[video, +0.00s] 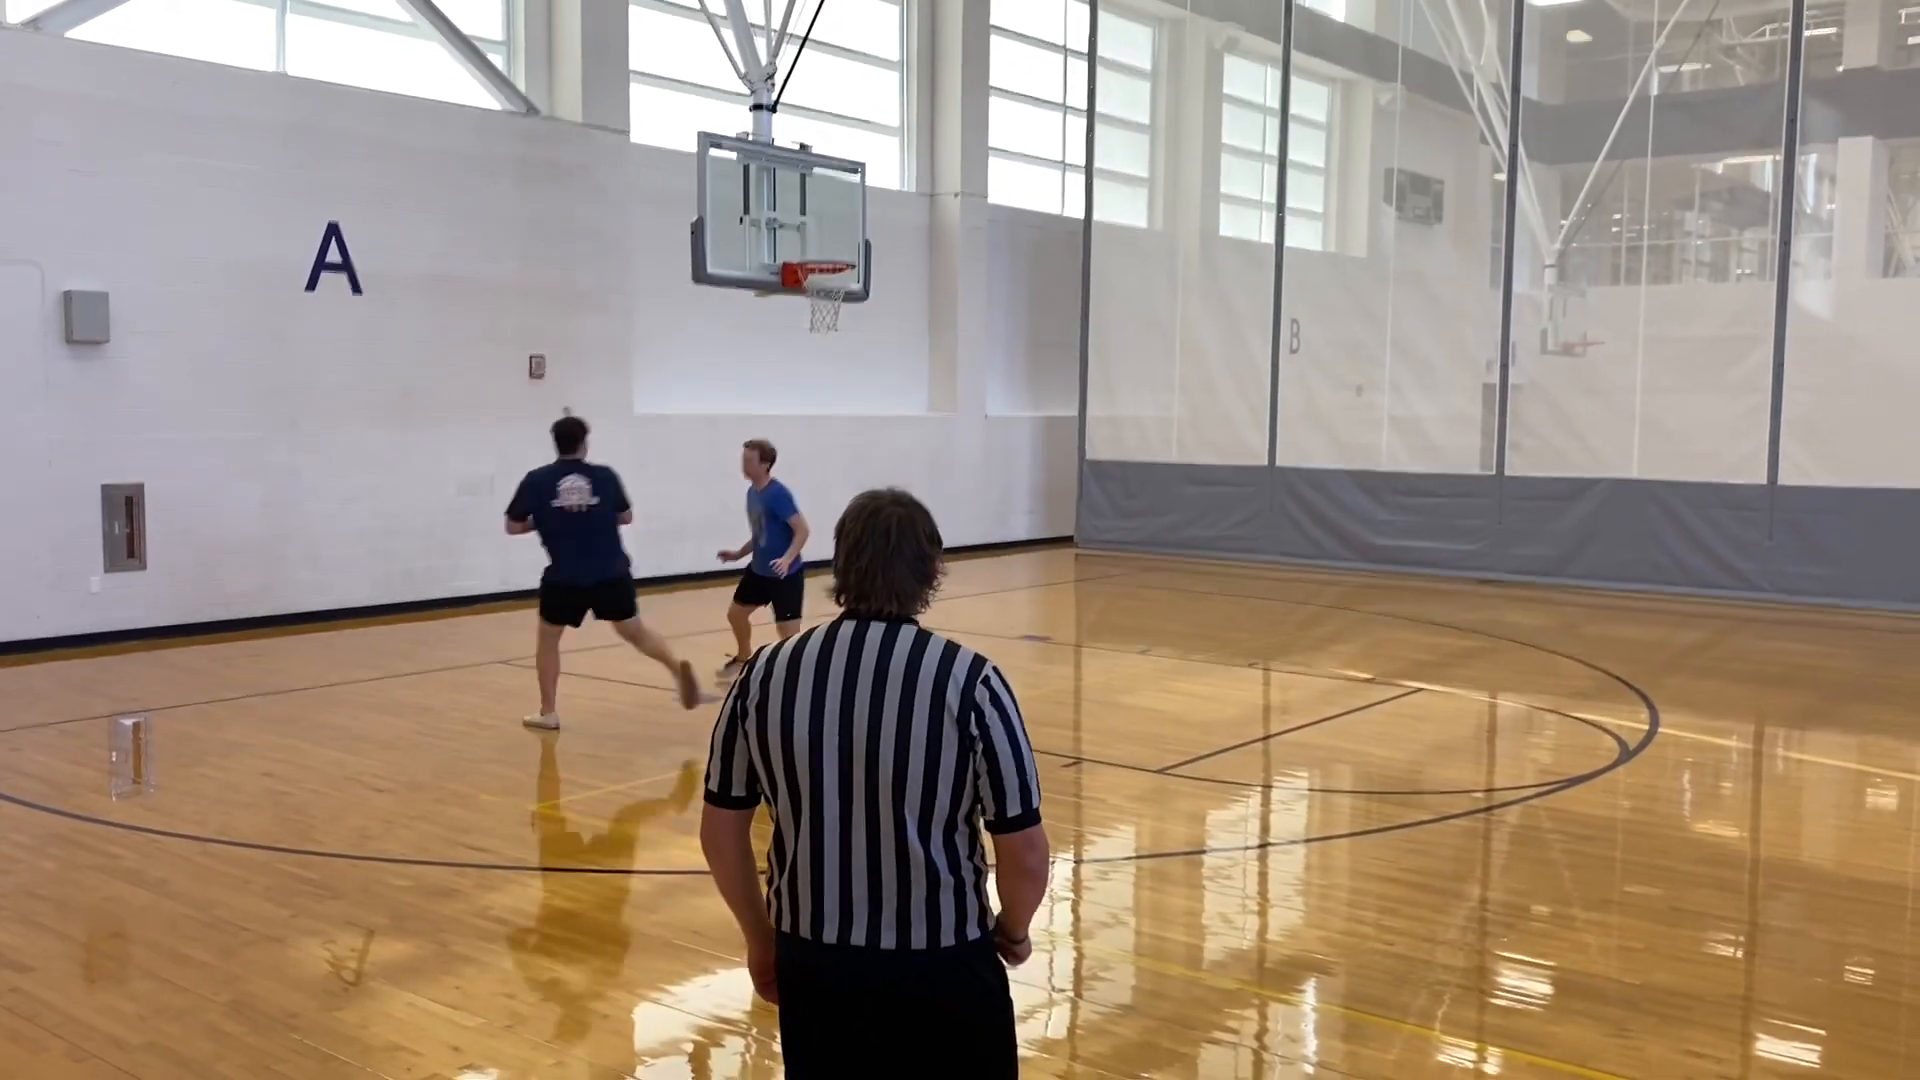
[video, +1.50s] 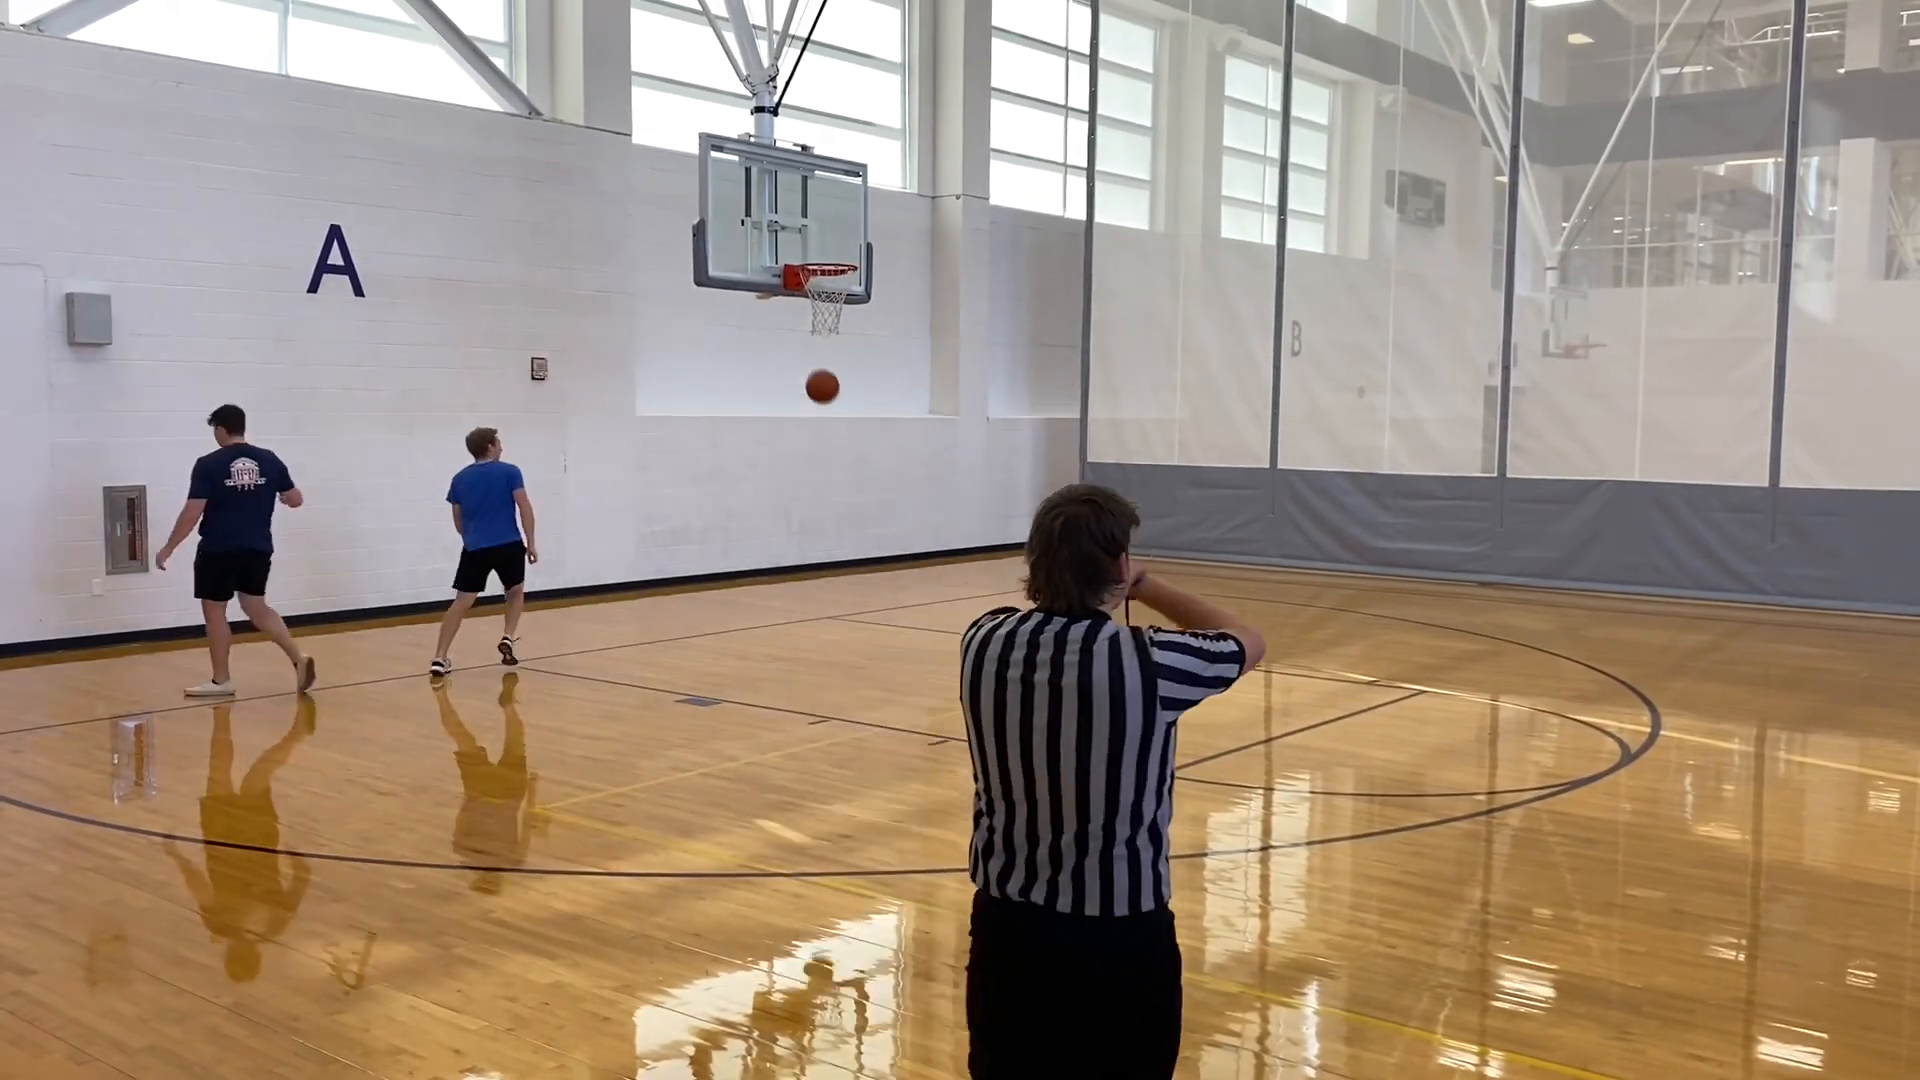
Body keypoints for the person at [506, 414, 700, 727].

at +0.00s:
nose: (587, 445)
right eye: (586, 441)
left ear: (556, 444)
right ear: (585, 443)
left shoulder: (537, 480)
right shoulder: (604, 475)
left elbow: (513, 526)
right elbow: (625, 516)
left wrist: (546, 518)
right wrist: (591, 515)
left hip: (565, 578)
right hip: (611, 574)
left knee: (548, 640)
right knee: (635, 630)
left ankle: (548, 713)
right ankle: (677, 666)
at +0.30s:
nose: (511, 393)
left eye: (508, 387)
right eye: (509, 388)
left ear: (478, 393)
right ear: (503, 392)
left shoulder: (462, 414)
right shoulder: (522, 417)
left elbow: (481, 388)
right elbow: (569, 401)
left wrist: (504, 361)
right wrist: (541, 371)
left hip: (481, 520)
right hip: (522, 518)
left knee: (490, 599)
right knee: (503, 558)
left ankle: (511, 663)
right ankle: (506, 625)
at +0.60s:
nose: (437, 438)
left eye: (434, 434)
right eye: (435, 435)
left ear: (404, 439)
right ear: (430, 440)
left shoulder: (390, 464)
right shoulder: (449, 465)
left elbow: (394, 442)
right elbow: (504, 467)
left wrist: (418, 421)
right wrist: (509, 425)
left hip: (402, 560)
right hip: (442, 559)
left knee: (401, 627)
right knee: (428, 622)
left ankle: (417, 697)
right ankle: (446, 690)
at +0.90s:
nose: (376, 437)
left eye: (375, 432)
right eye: (374, 433)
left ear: (345, 439)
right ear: (366, 438)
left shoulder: (323, 469)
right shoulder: (385, 472)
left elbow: (306, 513)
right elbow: (396, 522)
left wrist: (336, 507)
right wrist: (408, 560)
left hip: (338, 561)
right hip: (375, 560)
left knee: (362, 631)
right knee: (343, 619)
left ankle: (406, 680)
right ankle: (326, 681)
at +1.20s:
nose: (315, 428)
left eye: (313, 423)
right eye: (313, 424)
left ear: (283, 427)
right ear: (305, 426)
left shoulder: (263, 460)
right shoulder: (325, 455)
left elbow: (251, 509)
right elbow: (350, 497)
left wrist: (239, 547)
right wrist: (358, 528)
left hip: (280, 550)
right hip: (320, 548)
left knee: (259, 605)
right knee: (313, 608)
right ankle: (323, 681)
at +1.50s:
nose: (215, 436)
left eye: (214, 431)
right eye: (214, 432)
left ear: (221, 430)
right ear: (243, 429)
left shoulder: (208, 464)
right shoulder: (268, 459)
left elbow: (192, 513)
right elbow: (295, 499)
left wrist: (168, 547)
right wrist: (272, 485)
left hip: (217, 552)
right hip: (257, 550)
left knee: (215, 614)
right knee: (255, 605)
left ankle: (221, 680)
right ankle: (298, 659)